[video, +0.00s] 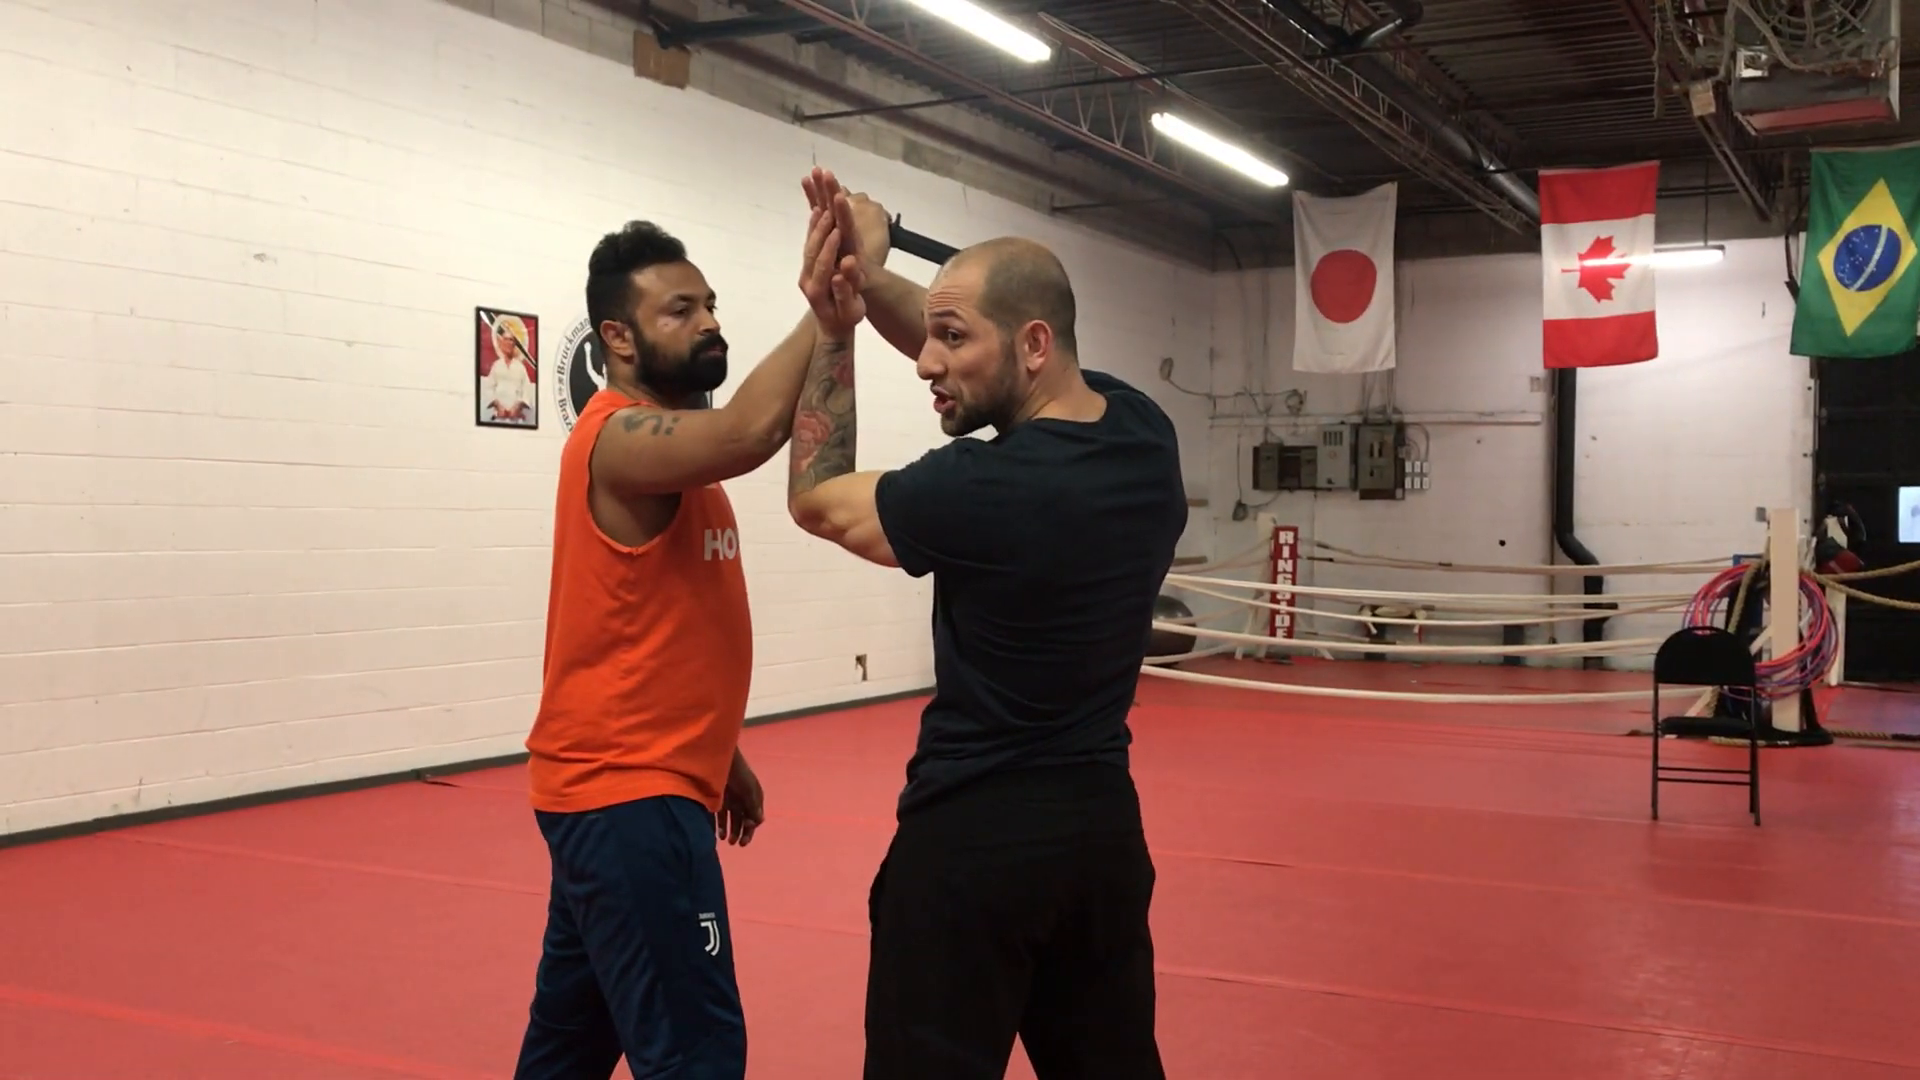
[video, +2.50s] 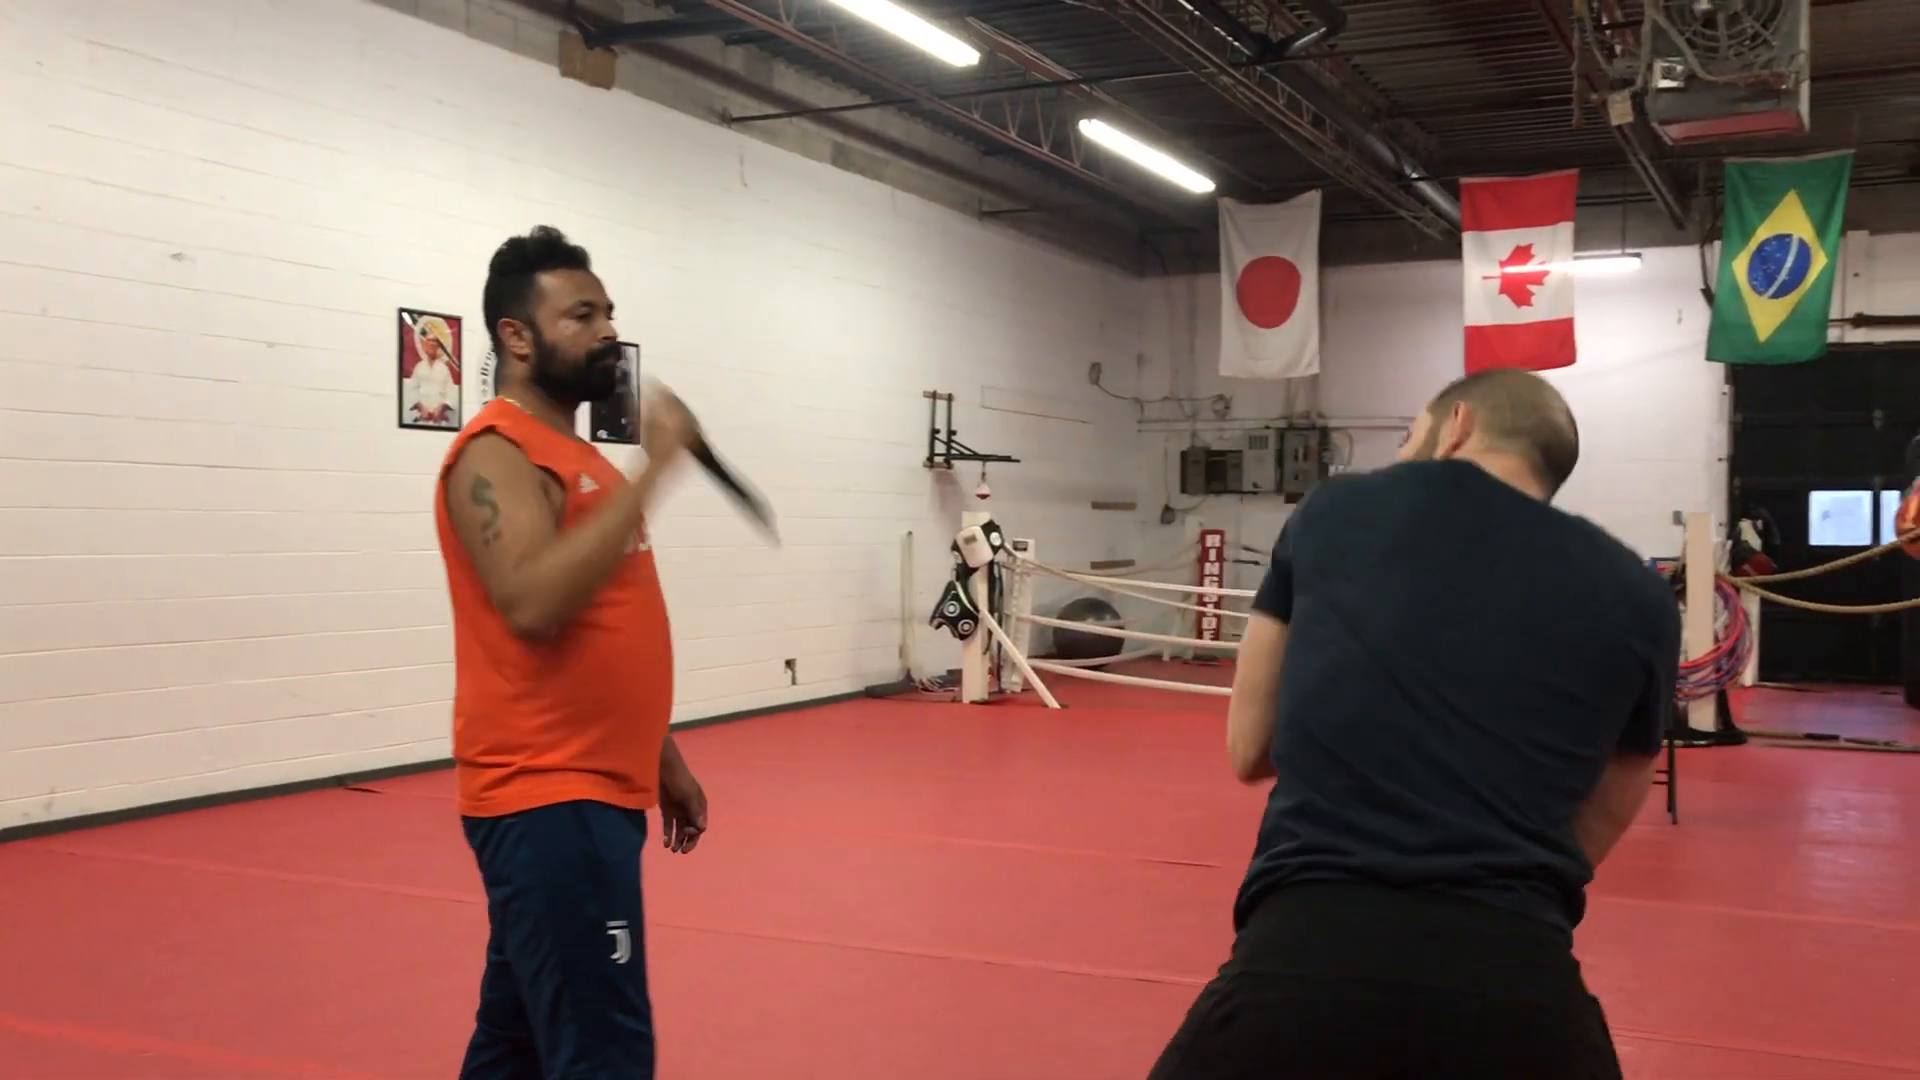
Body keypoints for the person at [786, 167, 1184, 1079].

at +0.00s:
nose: (930, 364)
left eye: (953, 337)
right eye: (930, 339)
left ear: (1032, 345)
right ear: (1036, 349)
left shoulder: (981, 490)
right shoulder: (1145, 436)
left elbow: (820, 500)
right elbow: (960, 349)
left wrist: (833, 320)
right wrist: (869, 272)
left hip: (964, 846)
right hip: (1100, 835)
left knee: (924, 1063)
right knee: (1115, 1068)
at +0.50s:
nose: (927, 359)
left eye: (950, 333)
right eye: (927, 336)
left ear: (1029, 343)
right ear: (1033, 348)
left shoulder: (976, 490)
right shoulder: (1139, 434)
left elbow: (814, 504)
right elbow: (948, 338)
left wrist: (828, 326)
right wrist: (860, 271)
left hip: (962, 844)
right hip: (1097, 831)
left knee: (920, 1063)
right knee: (1112, 1068)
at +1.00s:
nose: (923, 353)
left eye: (943, 328)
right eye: (926, 329)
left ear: (1021, 344)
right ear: (1027, 346)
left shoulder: (975, 486)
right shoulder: (1141, 436)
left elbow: (815, 499)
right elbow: (954, 350)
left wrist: (831, 318)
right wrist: (872, 271)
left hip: (960, 847)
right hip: (1097, 835)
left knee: (920, 1062)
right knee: (1112, 1067)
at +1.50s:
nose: (921, 312)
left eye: (923, 294)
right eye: (915, 295)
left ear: (954, 311)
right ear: (1054, 299)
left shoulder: (930, 451)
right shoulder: (1148, 419)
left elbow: (804, 518)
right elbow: (988, 402)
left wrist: (838, 363)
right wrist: (882, 308)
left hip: (1007, 852)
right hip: (1159, 831)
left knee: (967, 1063)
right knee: (1202, 1066)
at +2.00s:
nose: (1239, 363)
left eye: (1255, 339)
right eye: (1247, 339)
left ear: (1305, 364)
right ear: (1394, 370)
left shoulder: (1229, 518)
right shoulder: (1506, 535)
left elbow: (1189, 798)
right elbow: (1527, 782)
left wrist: (1150, 806)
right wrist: (1399, 790)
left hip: (1260, 965)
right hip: (1452, 958)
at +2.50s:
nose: (1401, 456)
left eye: (1412, 437)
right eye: (1405, 439)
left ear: (1458, 429)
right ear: (1553, 477)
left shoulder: (1333, 511)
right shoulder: (1638, 597)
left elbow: (1250, 750)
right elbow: (1585, 843)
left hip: (1301, 968)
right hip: (1523, 997)